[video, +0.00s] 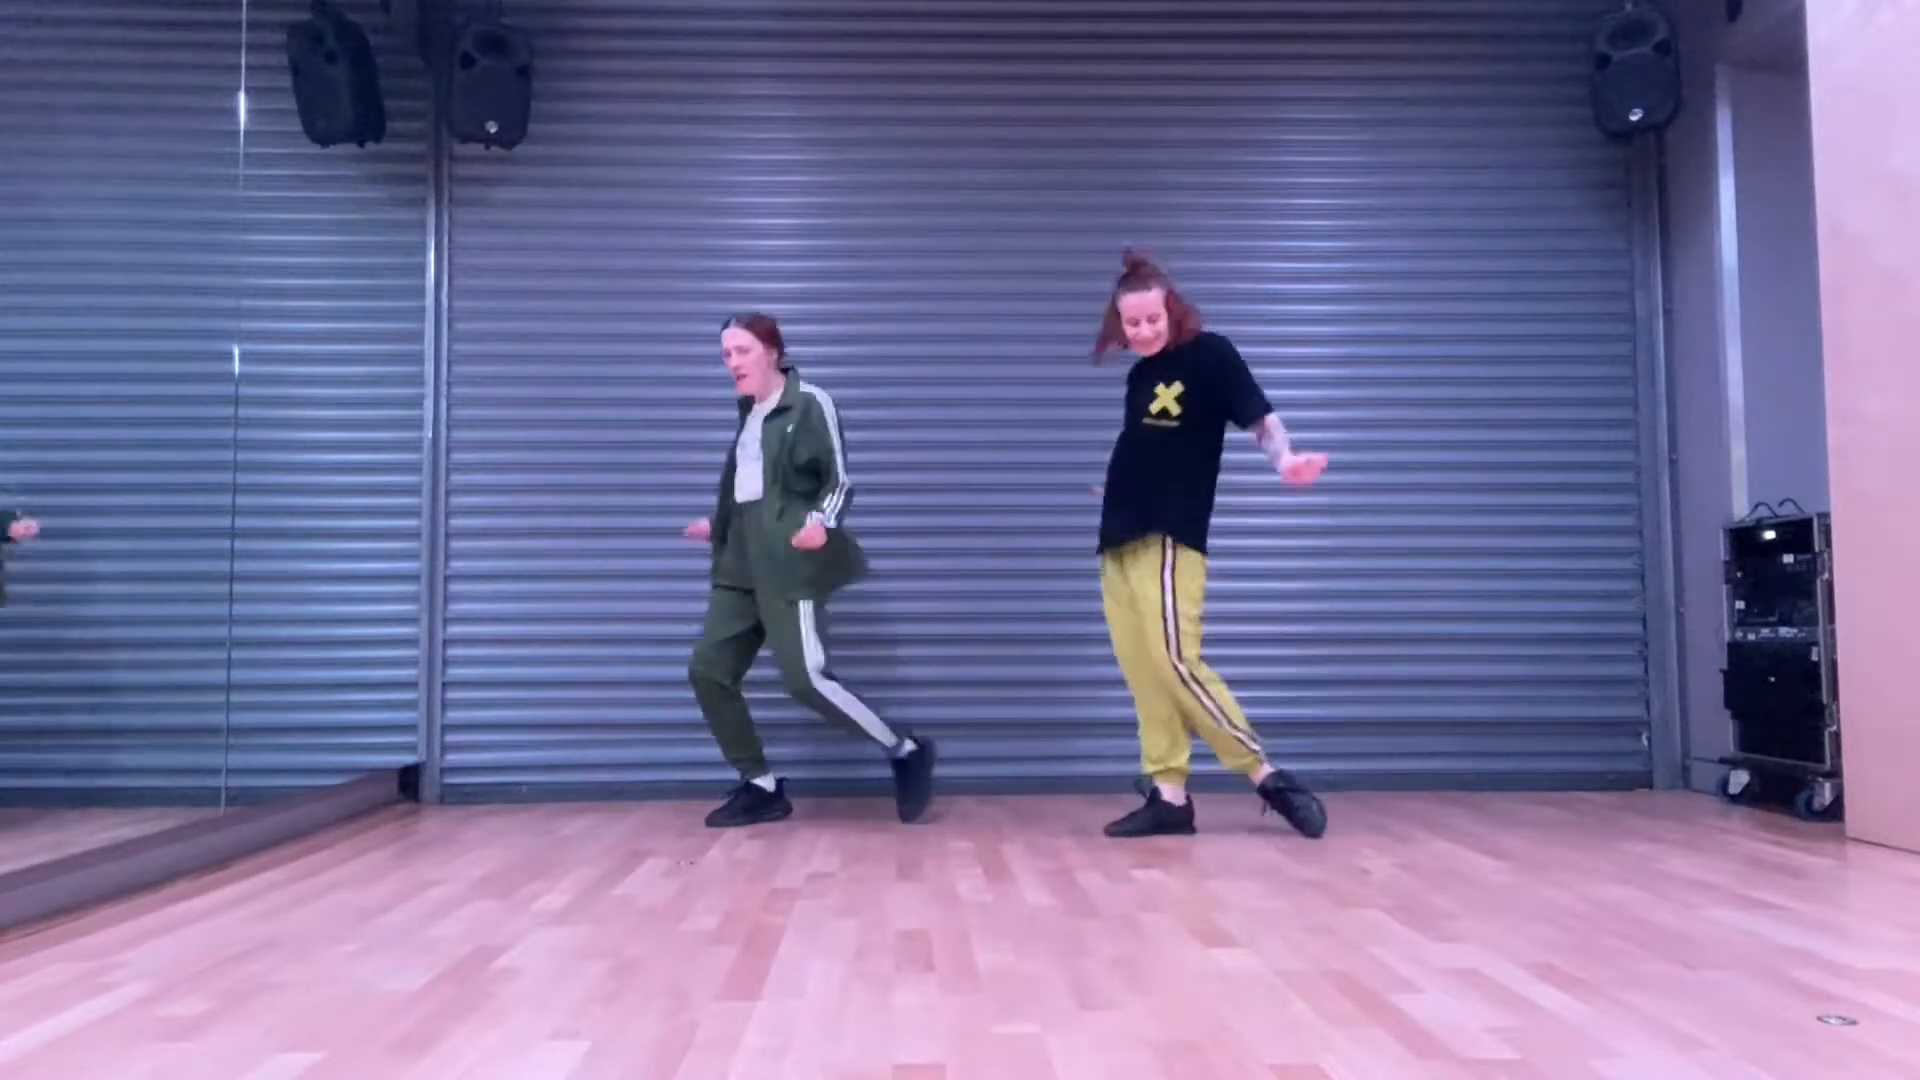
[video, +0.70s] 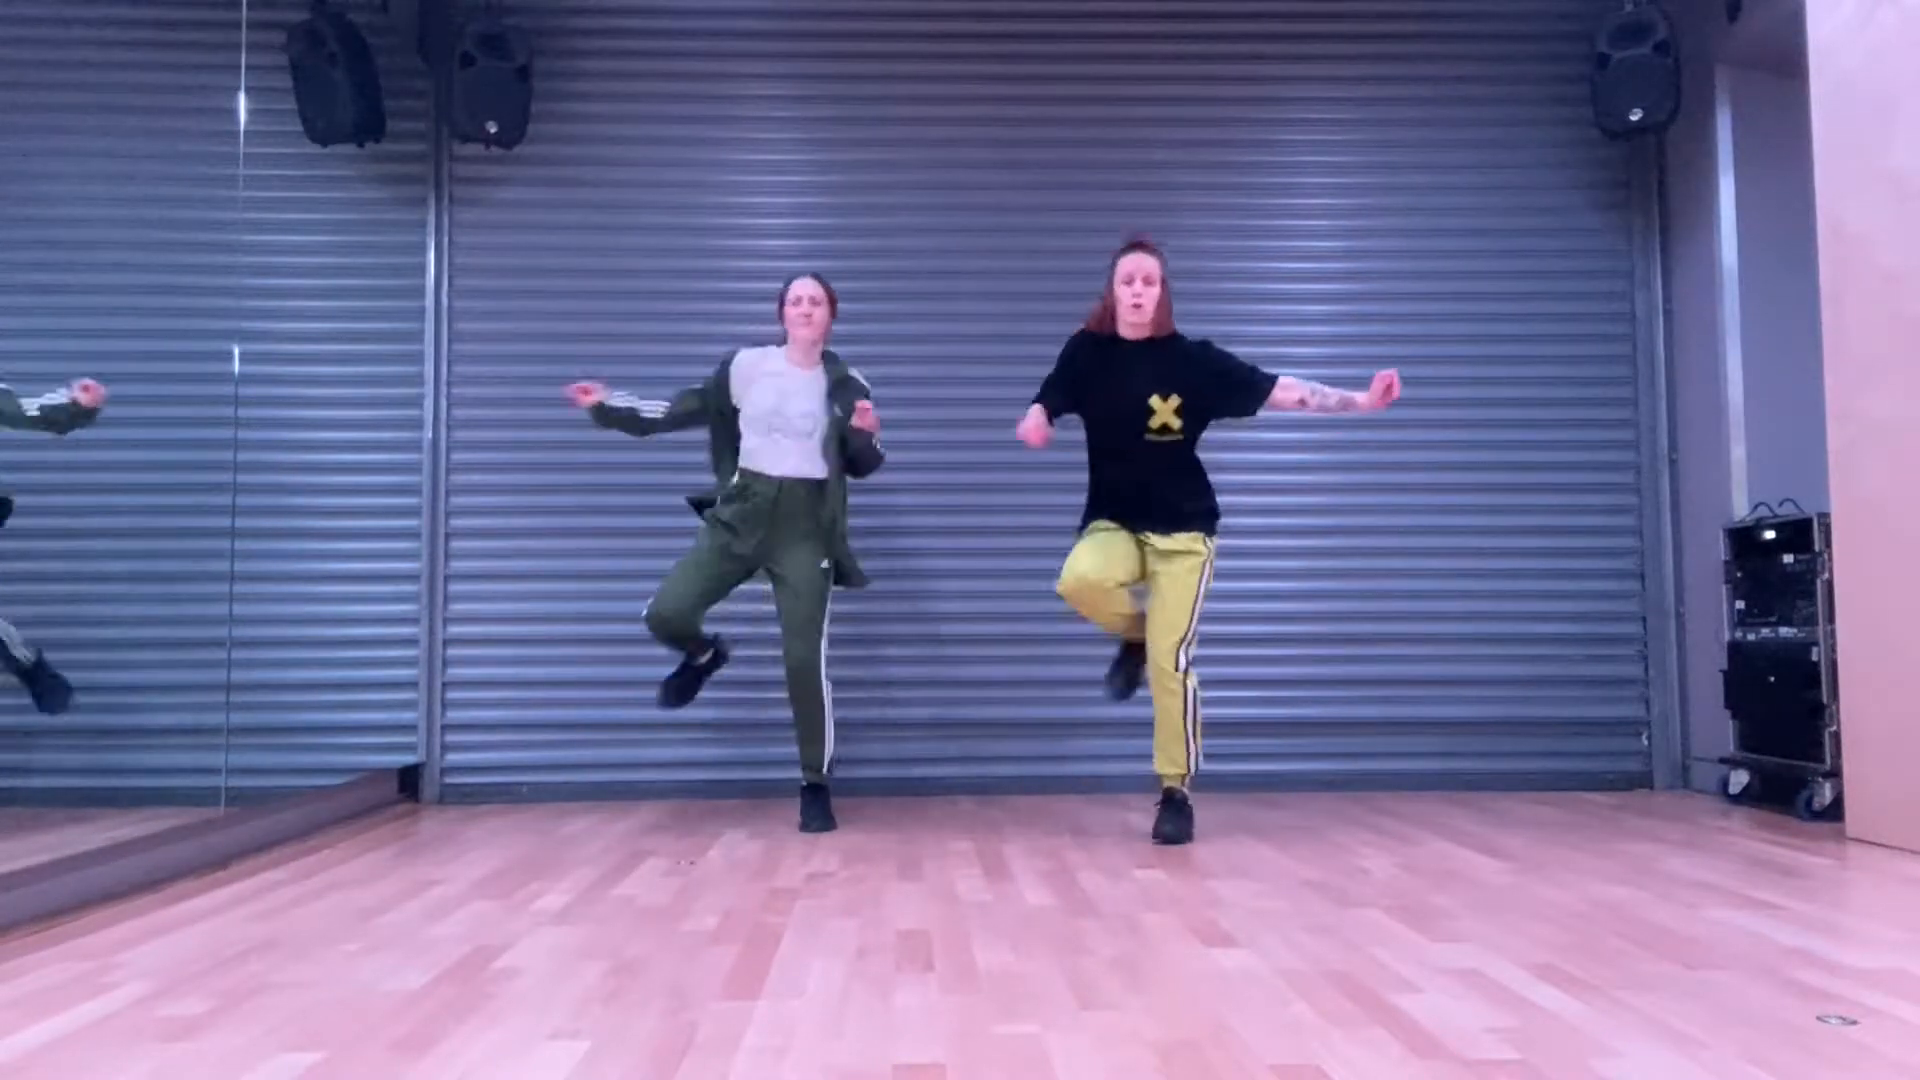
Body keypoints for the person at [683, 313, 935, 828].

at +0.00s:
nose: (733, 363)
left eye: (741, 352)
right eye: (727, 355)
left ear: (773, 354)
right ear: (728, 363)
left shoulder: (812, 404)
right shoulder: (747, 415)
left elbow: (839, 481)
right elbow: (755, 493)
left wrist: (822, 521)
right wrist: (718, 526)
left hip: (789, 562)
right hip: (740, 565)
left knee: (808, 680)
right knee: (710, 673)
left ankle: (906, 752)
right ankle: (761, 788)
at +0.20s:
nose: (727, 369)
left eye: (738, 359)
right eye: (721, 360)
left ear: (766, 366)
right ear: (718, 368)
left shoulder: (790, 414)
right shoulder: (717, 432)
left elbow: (809, 486)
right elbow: (692, 518)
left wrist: (776, 546)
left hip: (797, 559)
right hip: (745, 561)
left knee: (726, 671)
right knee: (706, 675)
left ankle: (784, 778)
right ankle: (754, 783)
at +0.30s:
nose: (718, 356)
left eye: (730, 348)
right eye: (716, 348)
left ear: (759, 359)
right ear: (714, 360)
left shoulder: (782, 406)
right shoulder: (714, 430)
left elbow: (822, 478)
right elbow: (710, 509)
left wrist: (796, 494)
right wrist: (668, 535)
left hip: (795, 569)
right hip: (743, 571)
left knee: (748, 678)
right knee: (708, 675)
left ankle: (790, 787)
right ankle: (755, 786)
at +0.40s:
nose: (721, 326)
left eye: (733, 317)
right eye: (718, 318)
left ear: (763, 326)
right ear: (719, 329)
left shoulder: (787, 378)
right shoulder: (730, 379)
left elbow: (851, 417)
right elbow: (753, 440)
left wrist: (847, 458)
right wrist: (717, 446)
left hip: (796, 526)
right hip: (740, 527)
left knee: (787, 649)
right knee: (718, 652)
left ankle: (794, 768)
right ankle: (749, 770)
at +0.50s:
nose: (725, 319)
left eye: (738, 311)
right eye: (725, 310)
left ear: (769, 325)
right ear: (729, 322)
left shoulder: (786, 372)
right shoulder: (740, 374)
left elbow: (857, 412)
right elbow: (756, 423)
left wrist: (884, 446)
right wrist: (729, 397)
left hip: (799, 525)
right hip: (746, 520)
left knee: (802, 655)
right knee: (706, 607)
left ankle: (806, 778)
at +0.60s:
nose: (768, 318)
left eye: (780, 311)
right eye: (761, 310)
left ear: (798, 328)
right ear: (748, 324)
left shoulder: (822, 384)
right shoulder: (739, 376)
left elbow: (861, 439)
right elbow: (736, 430)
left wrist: (877, 455)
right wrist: (693, 404)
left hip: (803, 524)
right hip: (745, 520)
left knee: (797, 669)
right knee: (691, 596)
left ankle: (814, 787)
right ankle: (755, 597)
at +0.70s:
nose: (805, 309)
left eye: (815, 302)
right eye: (796, 301)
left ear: (831, 317)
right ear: (781, 314)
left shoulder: (846, 384)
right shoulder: (742, 367)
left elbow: (861, 467)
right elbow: (668, 414)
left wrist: (865, 438)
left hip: (808, 521)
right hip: (740, 513)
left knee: (803, 661)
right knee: (666, 615)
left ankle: (815, 786)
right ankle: (704, 655)